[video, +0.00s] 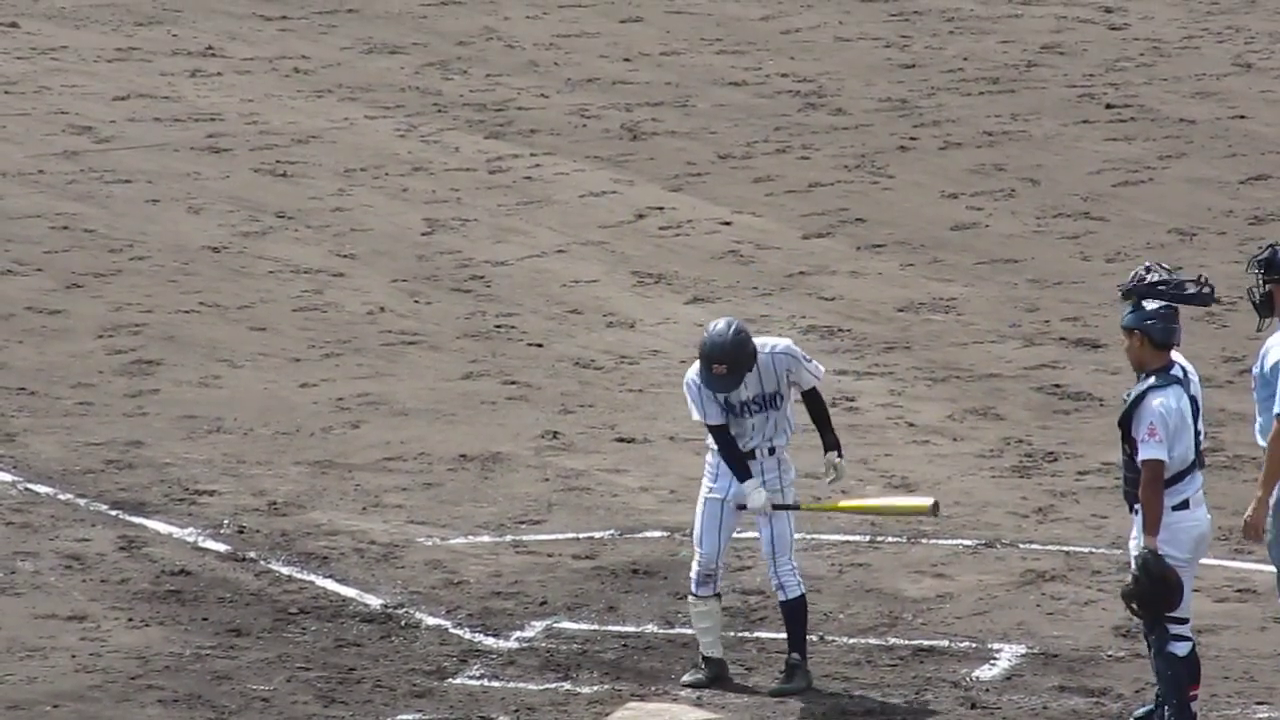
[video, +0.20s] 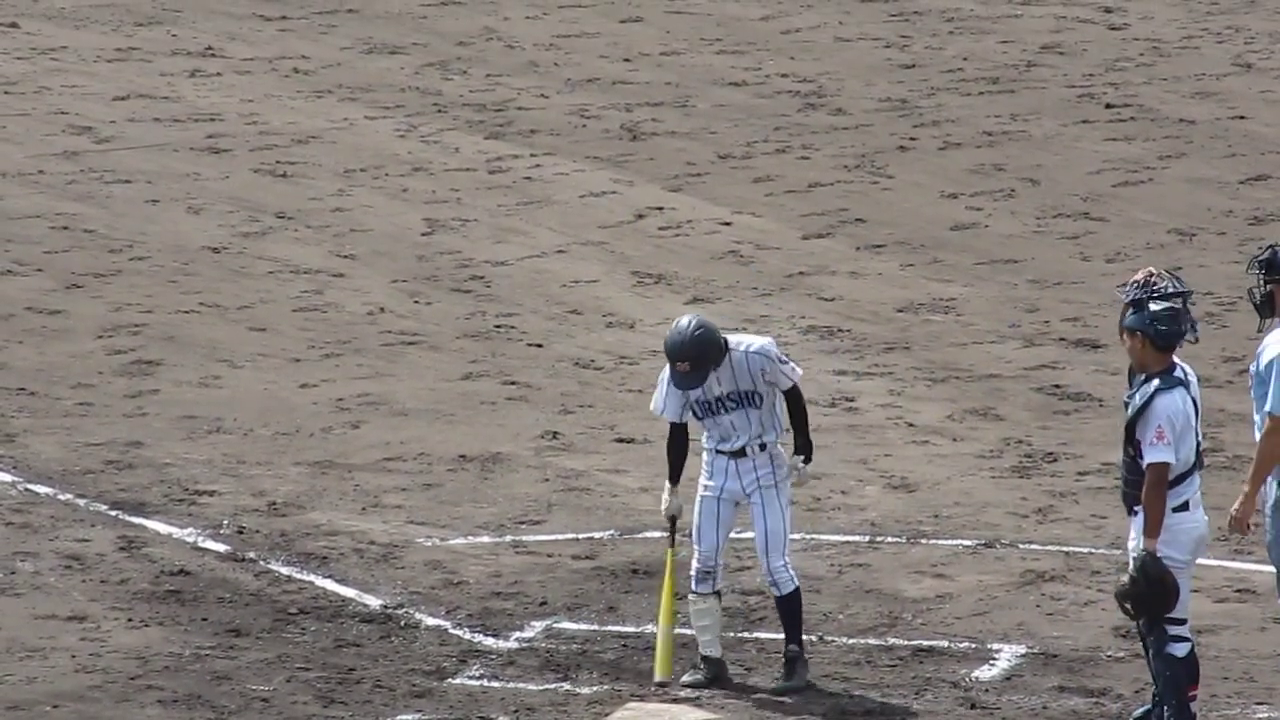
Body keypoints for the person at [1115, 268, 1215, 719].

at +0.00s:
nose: (1124, 346)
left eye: (1126, 338)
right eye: (1125, 338)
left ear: (1139, 342)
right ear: (1170, 338)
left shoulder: (1155, 405)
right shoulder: (1181, 369)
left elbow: (1152, 478)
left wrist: (1149, 545)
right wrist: (1149, 297)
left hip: (1168, 521)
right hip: (1189, 509)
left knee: (1170, 623)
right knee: (1158, 613)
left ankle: (1180, 710)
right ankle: (1169, 699)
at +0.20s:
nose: (1124, 342)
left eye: (1126, 336)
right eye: (1125, 334)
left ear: (1140, 342)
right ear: (1172, 338)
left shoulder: (1160, 406)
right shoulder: (1177, 373)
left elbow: (1157, 480)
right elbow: (1148, 350)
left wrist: (1149, 550)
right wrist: (1151, 294)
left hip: (1167, 523)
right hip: (1179, 512)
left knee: (1168, 627)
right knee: (1154, 617)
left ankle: (1178, 710)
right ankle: (1165, 701)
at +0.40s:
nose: (1129, 342)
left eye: (1131, 335)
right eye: (1130, 334)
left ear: (1142, 344)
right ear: (1172, 340)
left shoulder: (1159, 406)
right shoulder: (1178, 374)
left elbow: (1156, 483)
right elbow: (1123, 352)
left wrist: (1149, 552)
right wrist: (1122, 314)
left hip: (1167, 524)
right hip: (1179, 513)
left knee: (1168, 626)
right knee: (1152, 616)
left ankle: (1178, 709)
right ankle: (1165, 699)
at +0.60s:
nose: (1127, 346)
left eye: (1129, 340)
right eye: (1127, 339)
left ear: (1141, 345)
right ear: (1169, 341)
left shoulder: (1154, 405)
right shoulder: (1181, 375)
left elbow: (1151, 483)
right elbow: (1124, 388)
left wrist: (1145, 549)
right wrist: (1116, 347)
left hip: (1168, 525)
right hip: (1187, 514)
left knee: (1166, 624)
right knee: (1159, 615)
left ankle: (1180, 710)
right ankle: (1171, 699)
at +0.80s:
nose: (1126, 342)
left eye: (1131, 336)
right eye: (1127, 335)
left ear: (1145, 342)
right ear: (1170, 340)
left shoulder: (1157, 399)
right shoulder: (1185, 376)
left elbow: (1152, 476)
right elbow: (1133, 428)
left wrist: (1143, 543)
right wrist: (1125, 375)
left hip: (1168, 520)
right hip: (1190, 511)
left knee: (1167, 623)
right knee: (1163, 615)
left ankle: (1187, 708)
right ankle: (1182, 701)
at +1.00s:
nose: (1121, 341)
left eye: (1125, 334)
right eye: (1122, 334)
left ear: (1141, 340)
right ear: (1166, 336)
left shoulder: (1152, 392)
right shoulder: (1185, 374)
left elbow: (1149, 467)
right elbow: (1130, 425)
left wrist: (1139, 536)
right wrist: (1123, 374)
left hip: (1168, 518)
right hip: (1193, 510)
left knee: (1163, 621)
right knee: (1167, 613)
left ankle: (1182, 708)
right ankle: (1184, 699)